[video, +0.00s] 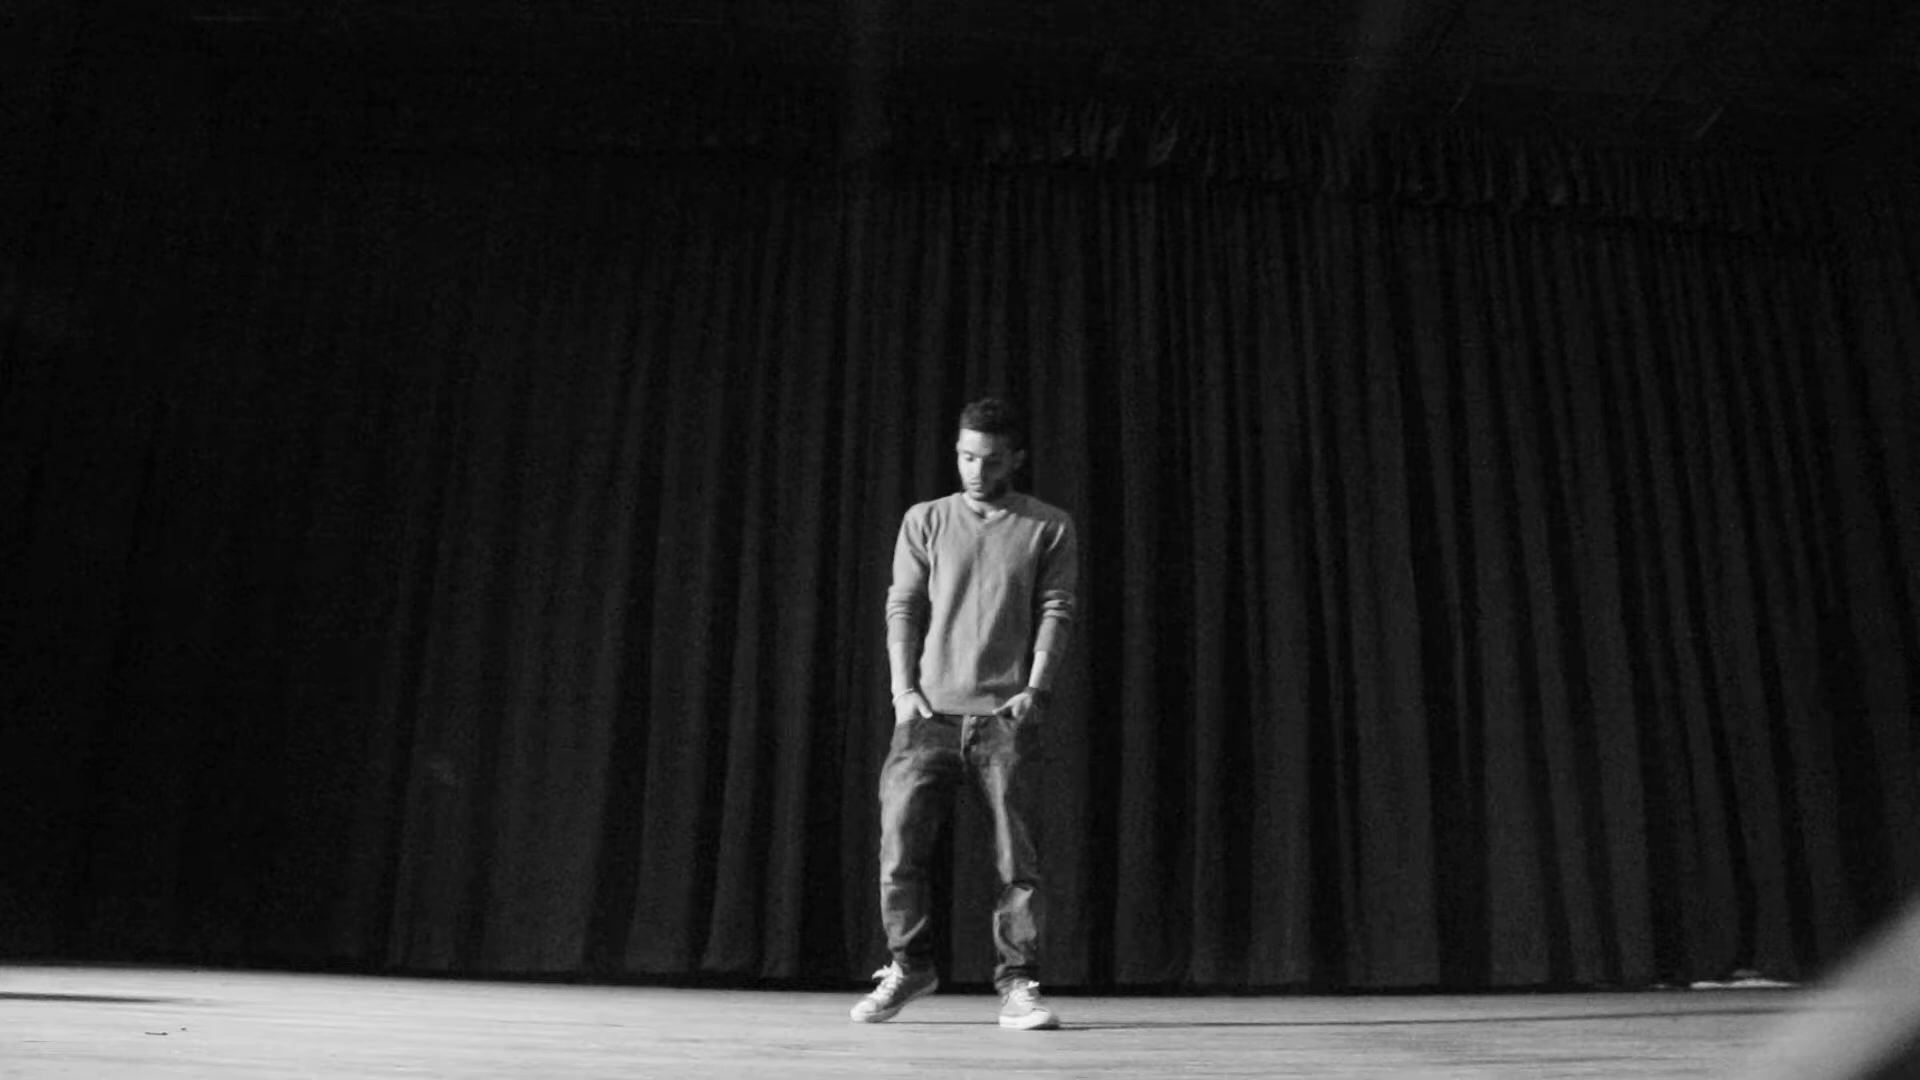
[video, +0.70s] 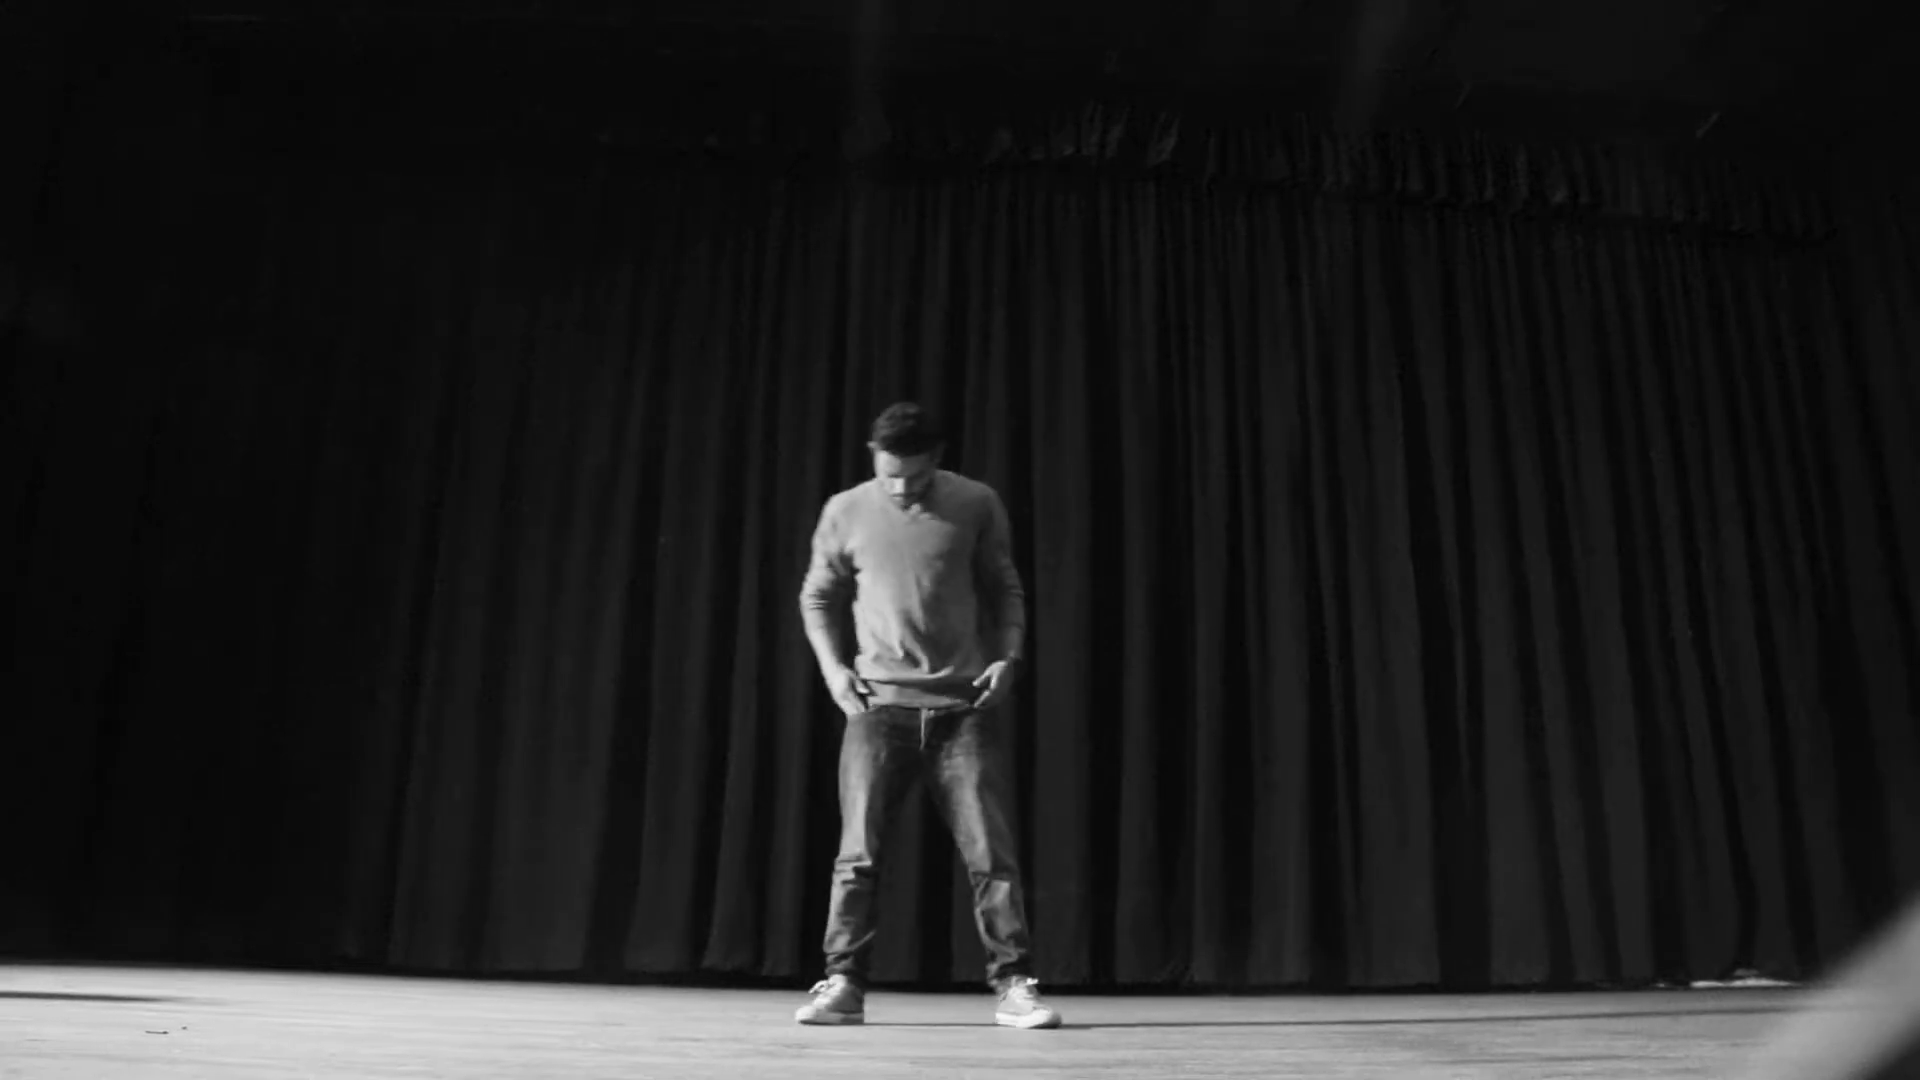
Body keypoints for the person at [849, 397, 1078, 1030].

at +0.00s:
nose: (978, 470)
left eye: (992, 459)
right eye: (969, 457)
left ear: (1016, 459)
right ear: (955, 453)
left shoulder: (1049, 528)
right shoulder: (923, 521)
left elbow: (1056, 613)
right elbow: (903, 609)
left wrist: (1034, 692)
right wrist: (902, 690)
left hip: (1004, 718)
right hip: (926, 717)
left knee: (1016, 855)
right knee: (899, 838)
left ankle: (1017, 984)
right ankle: (908, 967)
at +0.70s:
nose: (901, 489)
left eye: (912, 476)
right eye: (889, 476)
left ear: (936, 459)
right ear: (872, 460)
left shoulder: (978, 506)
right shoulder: (844, 512)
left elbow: (1008, 592)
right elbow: (817, 597)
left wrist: (1007, 658)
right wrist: (832, 668)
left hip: (964, 708)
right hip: (878, 708)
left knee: (991, 854)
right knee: (858, 855)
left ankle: (1015, 987)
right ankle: (842, 985)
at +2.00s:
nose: (961, 491)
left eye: (973, 481)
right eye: (950, 479)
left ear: (991, 464)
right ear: (928, 454)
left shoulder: (1018, 501)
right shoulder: (886, 497)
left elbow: (1041, 590)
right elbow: (850, 586)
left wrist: (1061, 672)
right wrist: (834, 676)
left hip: (993, 704)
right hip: (909, 703)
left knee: (1014, 855)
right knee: (877, 854)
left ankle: (1032, 988)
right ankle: (850, 982)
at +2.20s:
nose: (929, 523)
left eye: (941, 514)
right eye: (919, 512)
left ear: (963, 488)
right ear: (899, 487)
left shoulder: (1002, 506)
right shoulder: (866, 510)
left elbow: (1059, 575)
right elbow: (813, 588)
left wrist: (1110, 648)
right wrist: (762, 674)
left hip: (978, 710)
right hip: (897, 708)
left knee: (1006, 855)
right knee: (872, 854)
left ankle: (1031, 988)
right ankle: (849, 983)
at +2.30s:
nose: (926, 547)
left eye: (937, 537)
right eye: (914, 537)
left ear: (959, 510)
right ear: (896, 510)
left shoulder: (1000, 516)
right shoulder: (864, 525)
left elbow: (1073, 576)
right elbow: (802, 596)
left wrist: (1132, 651)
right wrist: (740, 672)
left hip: (979, 711)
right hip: (899, 710)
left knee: (1006, 851)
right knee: (874, 852)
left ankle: (1032, 987)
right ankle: (849, 983)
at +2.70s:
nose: (935, 514)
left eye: (946, 504)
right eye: (923, 503)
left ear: (969, 478)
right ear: (904, 480)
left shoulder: (1009, 492)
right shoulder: (873, 493)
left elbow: (1089, 535)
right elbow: (801, 533)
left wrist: (1140, 601)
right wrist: (733, 596)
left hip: (986, 708)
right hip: (902, 707)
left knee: (1010, 856)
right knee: (875, 854)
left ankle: (1031, 991)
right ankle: (849, 985)